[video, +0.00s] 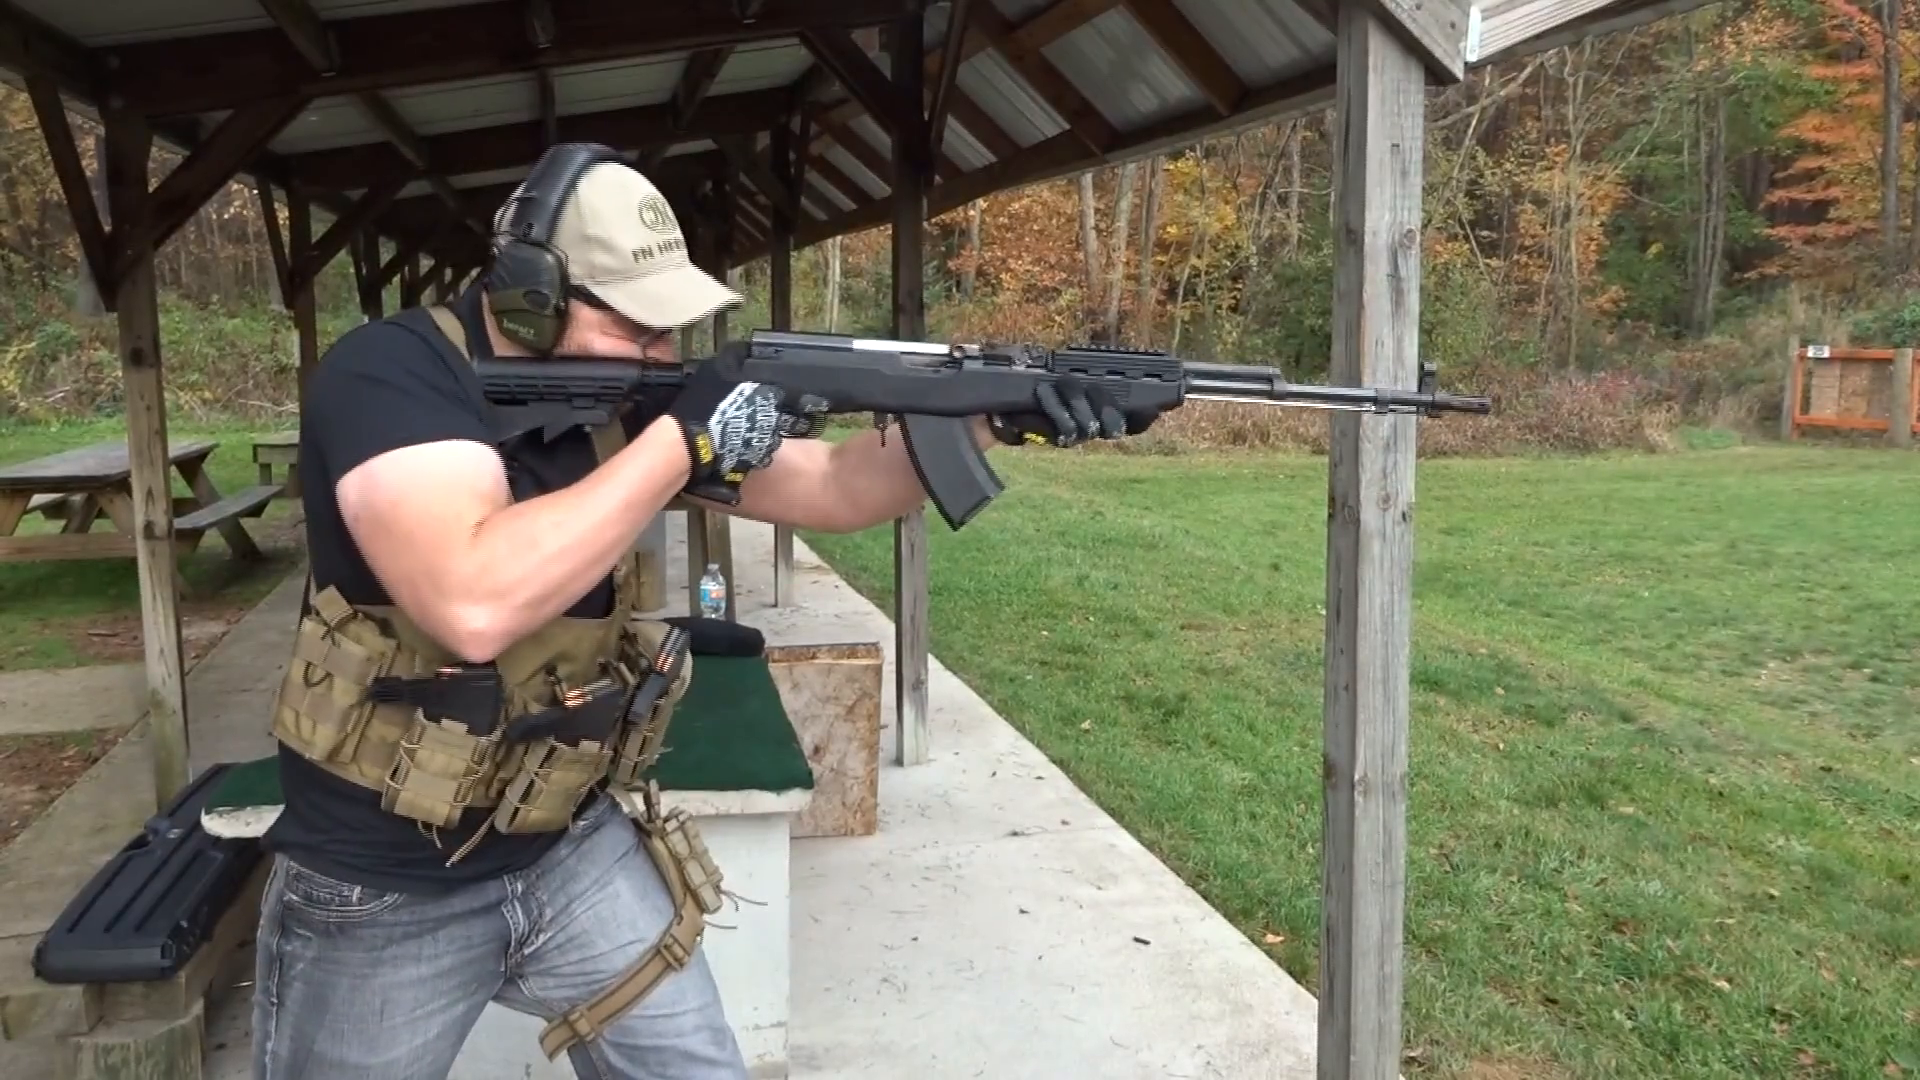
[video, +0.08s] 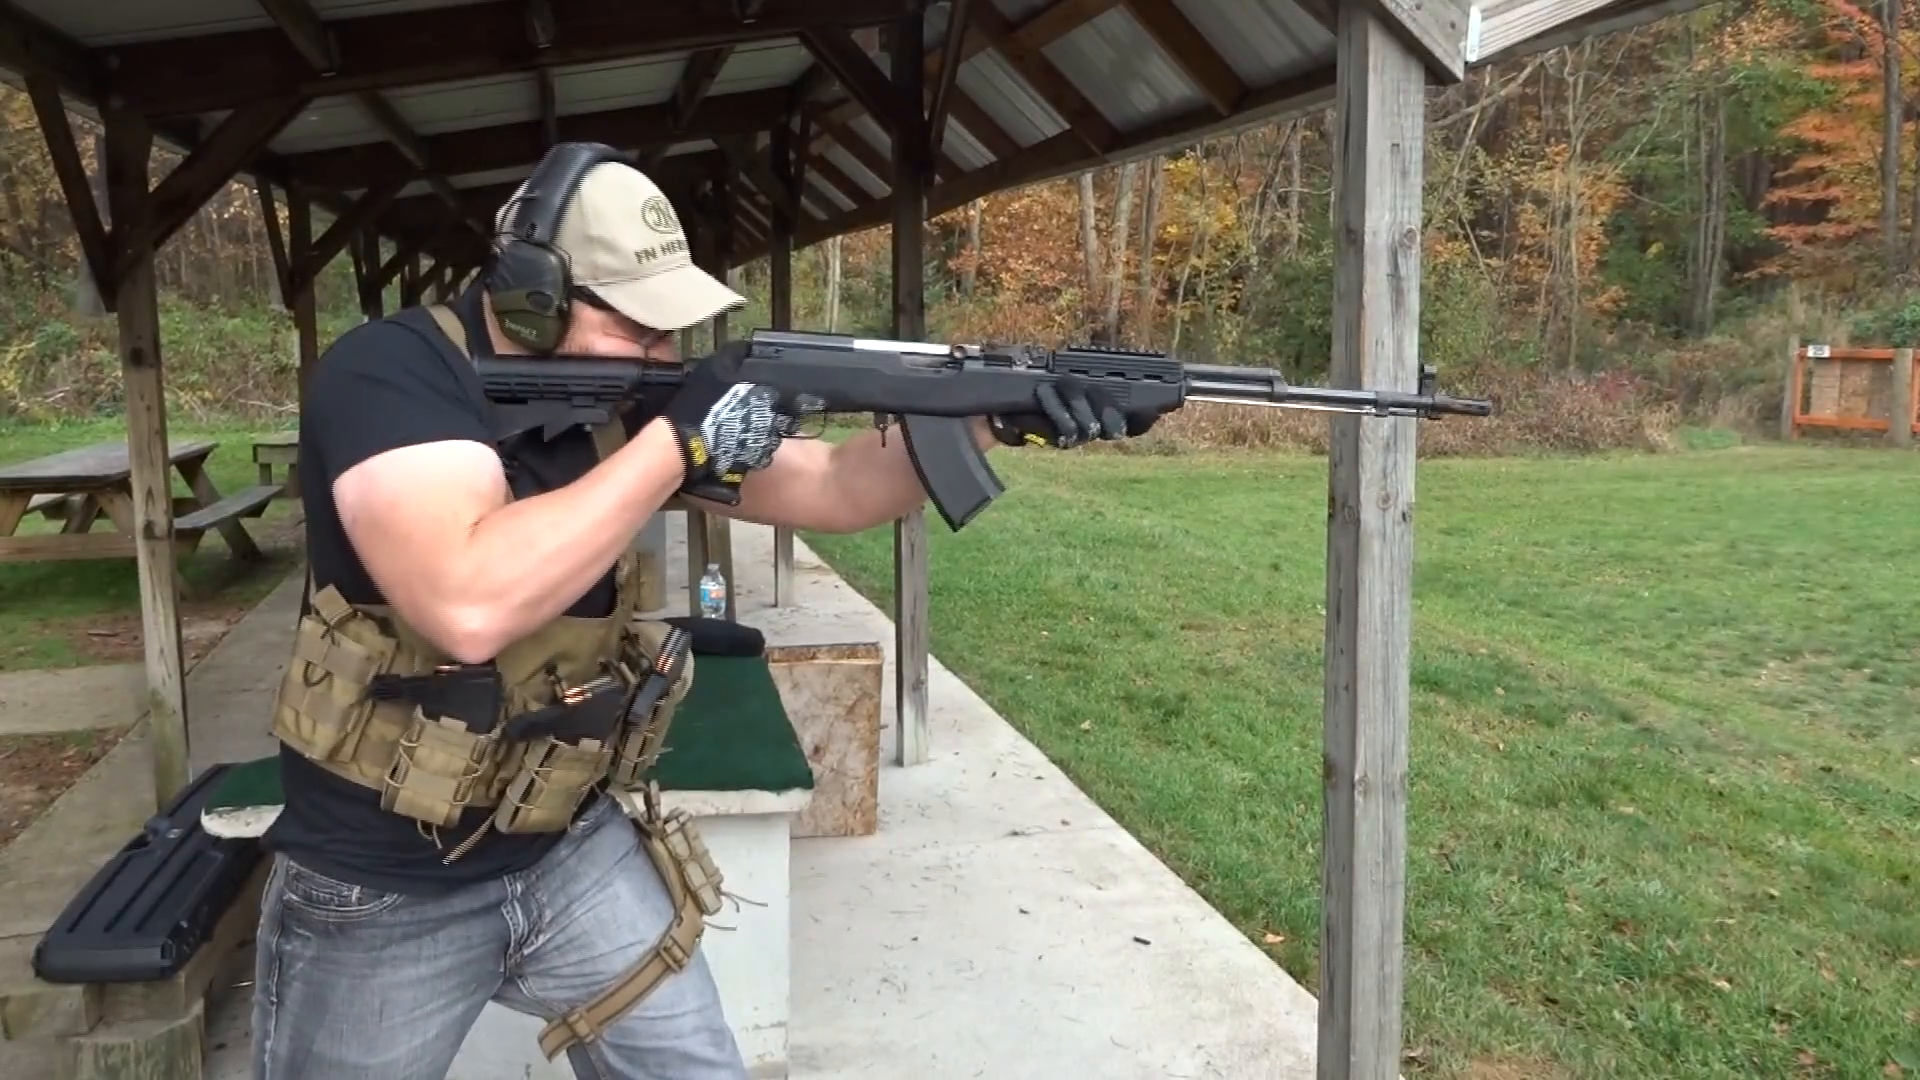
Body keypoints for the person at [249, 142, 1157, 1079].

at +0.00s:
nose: (655, 354)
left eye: (662, 328)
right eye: (628, 327)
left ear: (661, 302)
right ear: (529, 301)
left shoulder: (626, 405)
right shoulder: (381, 378)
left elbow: (832, 481)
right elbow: (473, 602)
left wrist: (1005, 406)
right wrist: (682, 437)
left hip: (579, 849)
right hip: (383, 892)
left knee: (700, 1063)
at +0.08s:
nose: (657, 355)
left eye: (664, 331)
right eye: (630, 329)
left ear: (660, 304)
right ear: (532, 302)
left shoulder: (622, 399)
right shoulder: (383, 376)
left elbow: (833, 482)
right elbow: (469, 603)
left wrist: (1009, 407)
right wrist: (680, 435)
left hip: (577, 847)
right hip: (382, 893)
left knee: (697, 1060)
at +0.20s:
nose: (651, 352)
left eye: (658, 326)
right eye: (622, 326)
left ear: (662, 299)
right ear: (519, 302)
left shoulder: (621, 402)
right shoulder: (376, 377)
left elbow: (827, 481)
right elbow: (465, 601)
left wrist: (1012, 402)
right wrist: (678, 434)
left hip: (576, 846)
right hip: (382, 892)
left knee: (698, 1060)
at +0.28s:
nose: (649, 353)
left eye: (658, 327)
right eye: (622, 326)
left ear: (662, 301)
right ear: (522, 300)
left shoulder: (625, 405)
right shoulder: (375, 377)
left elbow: (829, 481)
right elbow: (460, 604)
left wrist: (1009, 403)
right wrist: (677, 438)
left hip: (577, 850)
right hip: (381, 897)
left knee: (699, 1062)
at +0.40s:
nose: (648, 352)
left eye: (656, 326)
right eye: (619, 326)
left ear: (660, 298)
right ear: (518, 299)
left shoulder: (623, 403)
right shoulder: (373, 379)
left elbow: (828, 482)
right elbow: (460, 603)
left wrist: (1005, 403)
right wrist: (677, 435)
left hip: (574, 849)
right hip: (380, 894)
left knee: (700, 1067)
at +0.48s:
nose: (650, 352)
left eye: (656, 326)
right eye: (622, 326)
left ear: (657, 298)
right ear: (524, 301)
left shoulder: (617, 404)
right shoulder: (373, 379)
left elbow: (827, 481)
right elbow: (459, 605)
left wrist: (1013, 402)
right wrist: (675, 437)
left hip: (576, 846)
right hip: (382, 892)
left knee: (698, 1060)